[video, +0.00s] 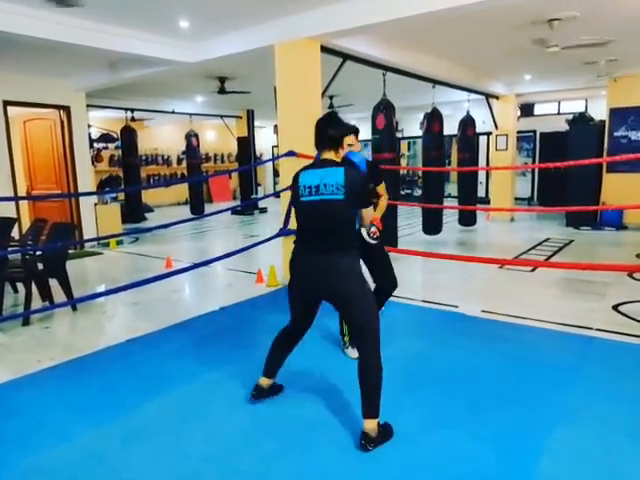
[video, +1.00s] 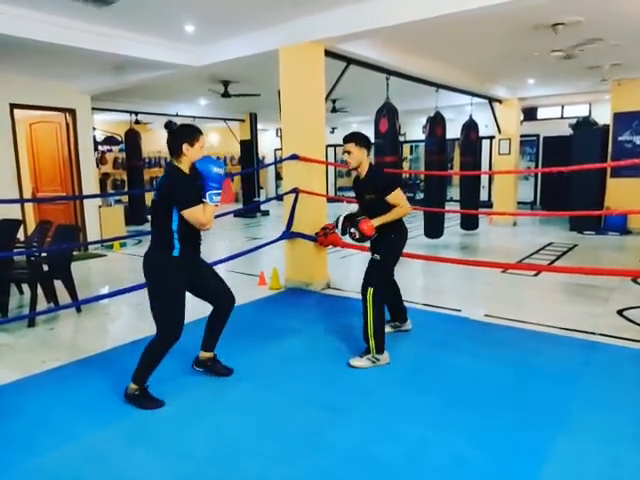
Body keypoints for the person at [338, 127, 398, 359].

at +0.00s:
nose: (354, 149)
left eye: (356, 143)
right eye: (349, 145)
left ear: (360, 143)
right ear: (338, 147)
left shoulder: (368, 167)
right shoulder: (330, 171)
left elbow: (383, 195)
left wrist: (376, 218)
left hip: (366, 230)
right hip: (342, 232)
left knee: (388, 283)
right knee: (346, 287)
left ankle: (361, 323)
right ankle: (348, 336)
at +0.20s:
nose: (355, 145)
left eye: (360, 140)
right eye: (352, 141)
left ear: (373, 140)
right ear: (350, 142)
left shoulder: (390, 165)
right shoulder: (349, 168)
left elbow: (410, 190)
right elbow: (340, 193)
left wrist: (392, 210)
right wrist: (346, 208)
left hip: (387, 231)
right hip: (359, 232)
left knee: (397, 283)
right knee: (353, 282)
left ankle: (410, 333)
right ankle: (359, 328)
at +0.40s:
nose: (361, 146)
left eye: (366, 141)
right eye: (359, 141)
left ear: (380, 141)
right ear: (359, 144)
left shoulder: (395, 169)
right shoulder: (361, 172)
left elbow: (414, 202)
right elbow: (362, 199)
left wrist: (384, 210)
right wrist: (359, 212)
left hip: (397, 233)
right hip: (375, 232)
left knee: (399, 285)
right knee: (365, 278)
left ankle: (412, 333)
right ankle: (385, 312)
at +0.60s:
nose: (359, 149)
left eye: (364, 144)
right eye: (357, 145)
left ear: (377, 145)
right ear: (358, 146)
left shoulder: (392, 169)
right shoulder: (363, 172)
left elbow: (414, 200)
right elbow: (366, 201)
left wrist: (381, 205)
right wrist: (357, 209)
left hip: (398, 230)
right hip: (378, 229)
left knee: (393, 283)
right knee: (378, 279)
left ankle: (412, 333)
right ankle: (394, 316)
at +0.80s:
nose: (354, 152)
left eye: (358, 147)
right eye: (353, 148)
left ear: (372, 146)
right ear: (356, 150)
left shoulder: (388, 170)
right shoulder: (362, 176)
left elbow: (414, 198)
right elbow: (369, 204)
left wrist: (388, 218)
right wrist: (356, 213)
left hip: (396, 229)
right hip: (379, 230)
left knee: (379, 280)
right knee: (381, 277)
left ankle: (396, 337)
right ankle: (399, 318)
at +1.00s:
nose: (345, 157)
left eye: (349, 152)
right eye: (344, 153)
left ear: (364, 151)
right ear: (350, 155)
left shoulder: (381, 178)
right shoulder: (358, 180)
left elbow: (405, 207)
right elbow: (368, 209)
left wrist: (374, 222)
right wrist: (347, 221)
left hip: (393, 235)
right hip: (379, 235)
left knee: (370, 288)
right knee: (384, 278)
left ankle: (376, 352)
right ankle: (400, 319)